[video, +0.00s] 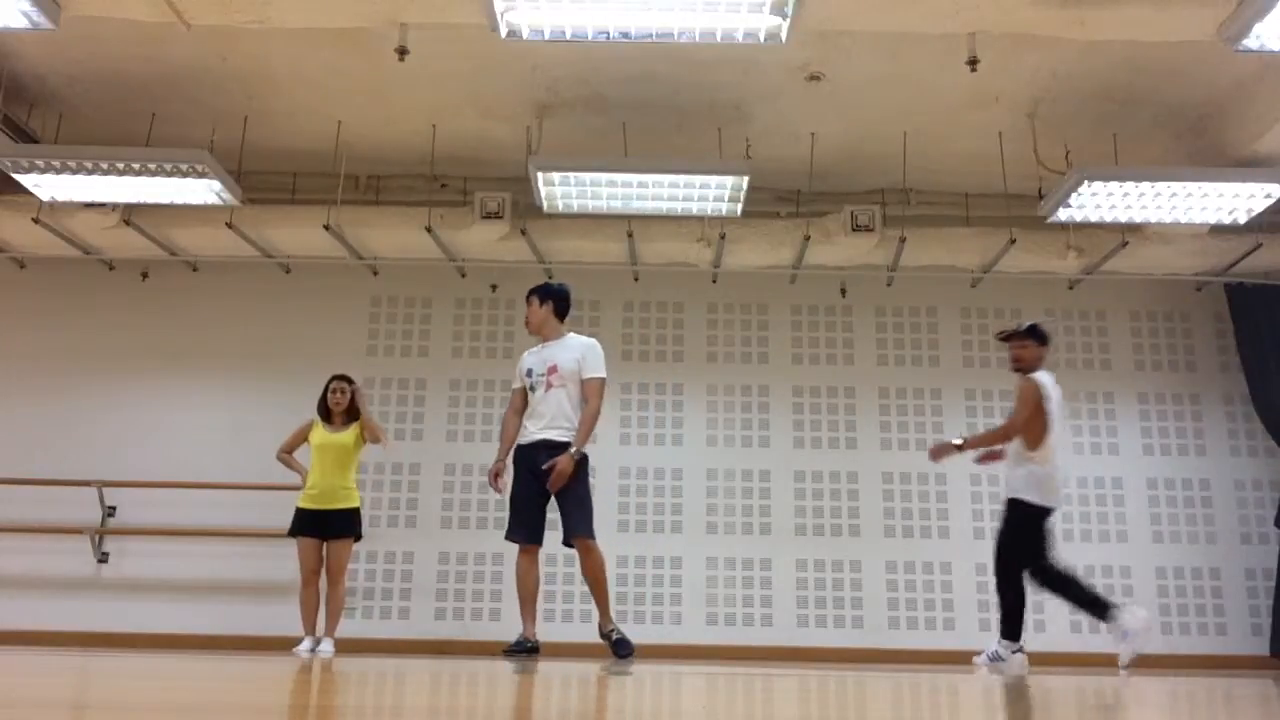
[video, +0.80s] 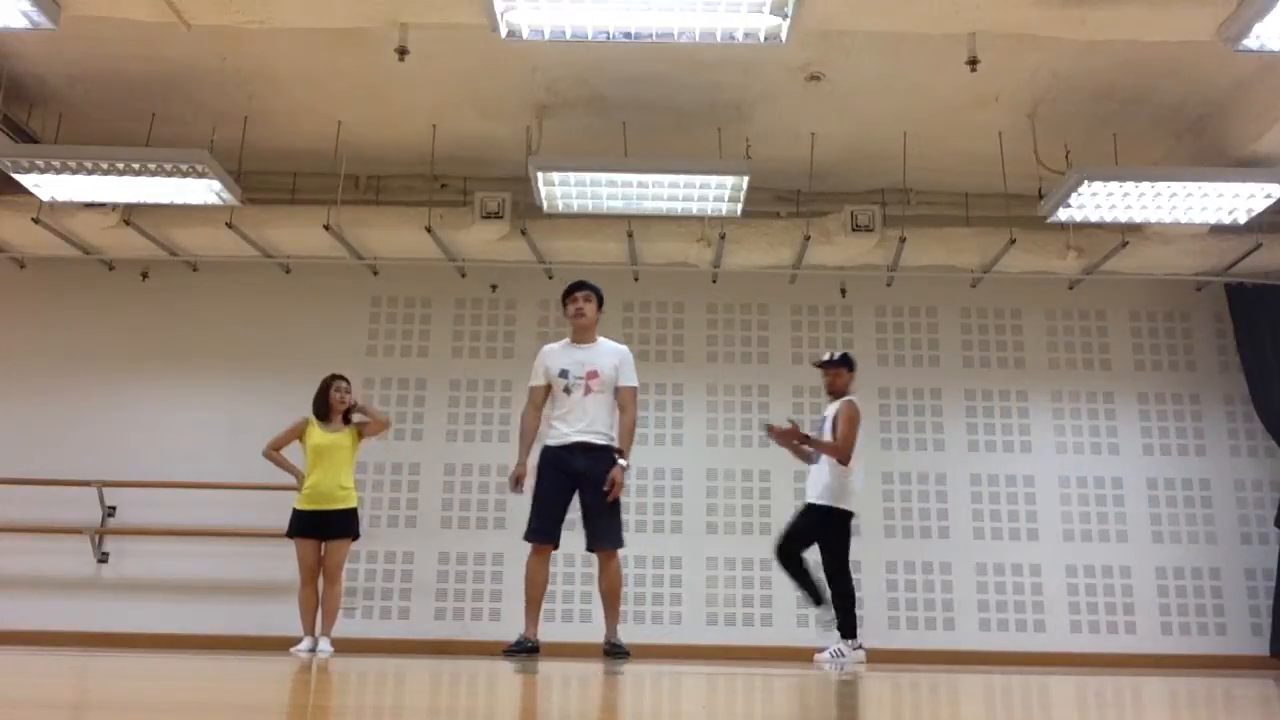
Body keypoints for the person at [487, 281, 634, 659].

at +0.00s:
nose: (525, 315)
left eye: (529, 306)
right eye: (526, 307)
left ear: (549, 308)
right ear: (543, 310)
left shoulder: (586, 347)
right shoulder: (528, 358)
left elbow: (593, 405)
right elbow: (515, 411)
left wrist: (572, 454)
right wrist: (501, 457)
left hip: (568, 453)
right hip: (527, 455)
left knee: (584, 540)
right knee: (527, 545)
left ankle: (607, 625)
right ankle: (528, 634)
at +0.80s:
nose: (579, 306)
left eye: (586, 301)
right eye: (573, 302)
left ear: (599, 309)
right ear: (565, 312)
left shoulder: (619, 355)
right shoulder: (549, 355)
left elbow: (628, 410)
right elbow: (533, 409)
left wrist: (622, 461)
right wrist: (522, 460)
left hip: (600, 458)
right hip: (555, 457)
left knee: (607, 550)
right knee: (541, 545)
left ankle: (612, 636)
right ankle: (530, 634)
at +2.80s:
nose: (581, 307)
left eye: (588, 301)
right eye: (575, 302)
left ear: (599, 311)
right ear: (563, 311)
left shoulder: (615, 356)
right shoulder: (544, 352)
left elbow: (622, 413)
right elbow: (528, 407)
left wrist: (619, 460)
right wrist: (525, 460)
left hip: (597, 455)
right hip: (552, 455)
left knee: (603, 545)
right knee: (544, 547)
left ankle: (606, 634)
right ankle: (537, 635)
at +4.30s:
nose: (608, 314)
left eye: (614, 309)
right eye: (601, 308)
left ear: (625, 318)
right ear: (591, 316)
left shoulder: (639, 364)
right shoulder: (572, 353)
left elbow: (652, 414)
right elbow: (560, 405)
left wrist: (668, 438)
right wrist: (579, 446)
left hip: (621, 457)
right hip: (579, 454)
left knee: (615, 549)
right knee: (578, 543)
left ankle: (606, 636)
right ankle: (582, 633)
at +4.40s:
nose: (602, 312)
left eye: (608, 307)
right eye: (596, 307)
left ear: (620, 315)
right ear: (586, 314)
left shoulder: (634, 358)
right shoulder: (570, 346)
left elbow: (660, 389)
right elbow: (561, 370)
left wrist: (690, 388)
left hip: (613, 458)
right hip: (572, 456)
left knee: (611, 549)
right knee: (565, 541)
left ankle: (606, 636)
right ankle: (555, 626)